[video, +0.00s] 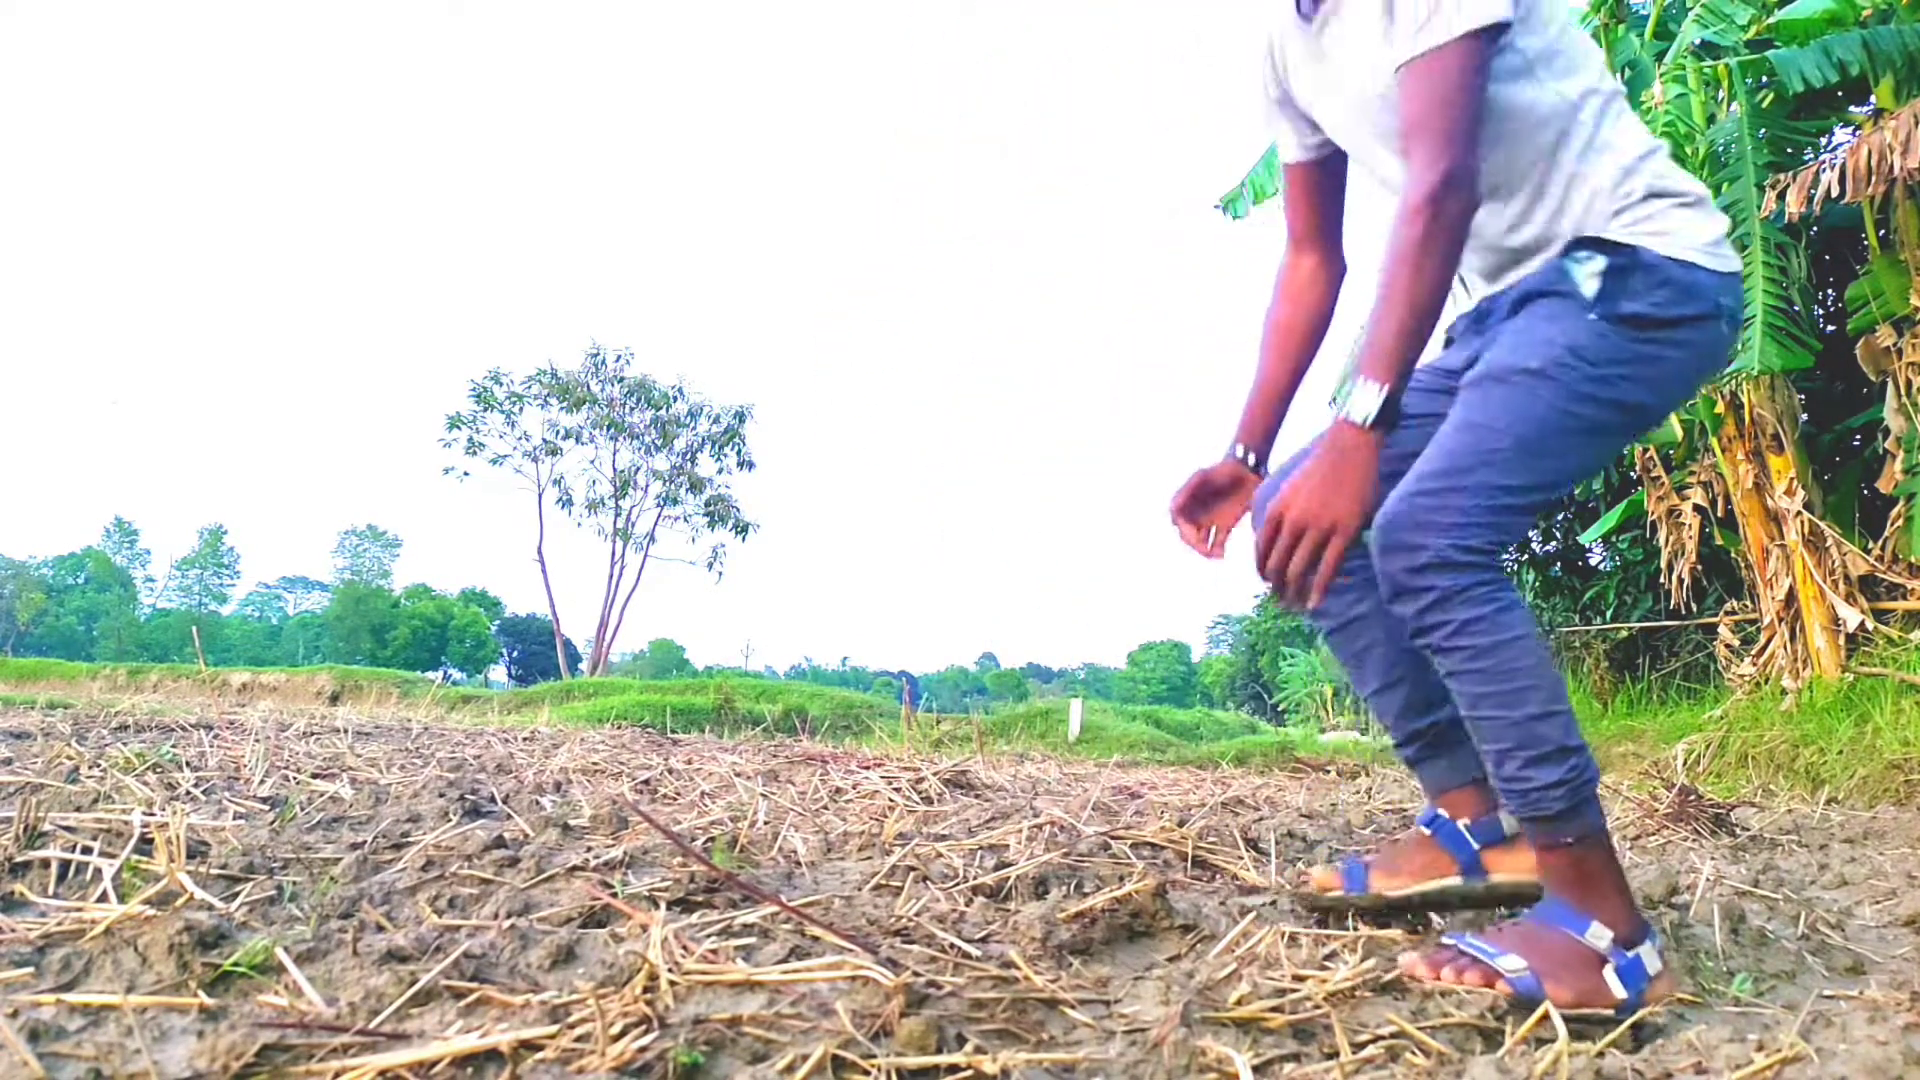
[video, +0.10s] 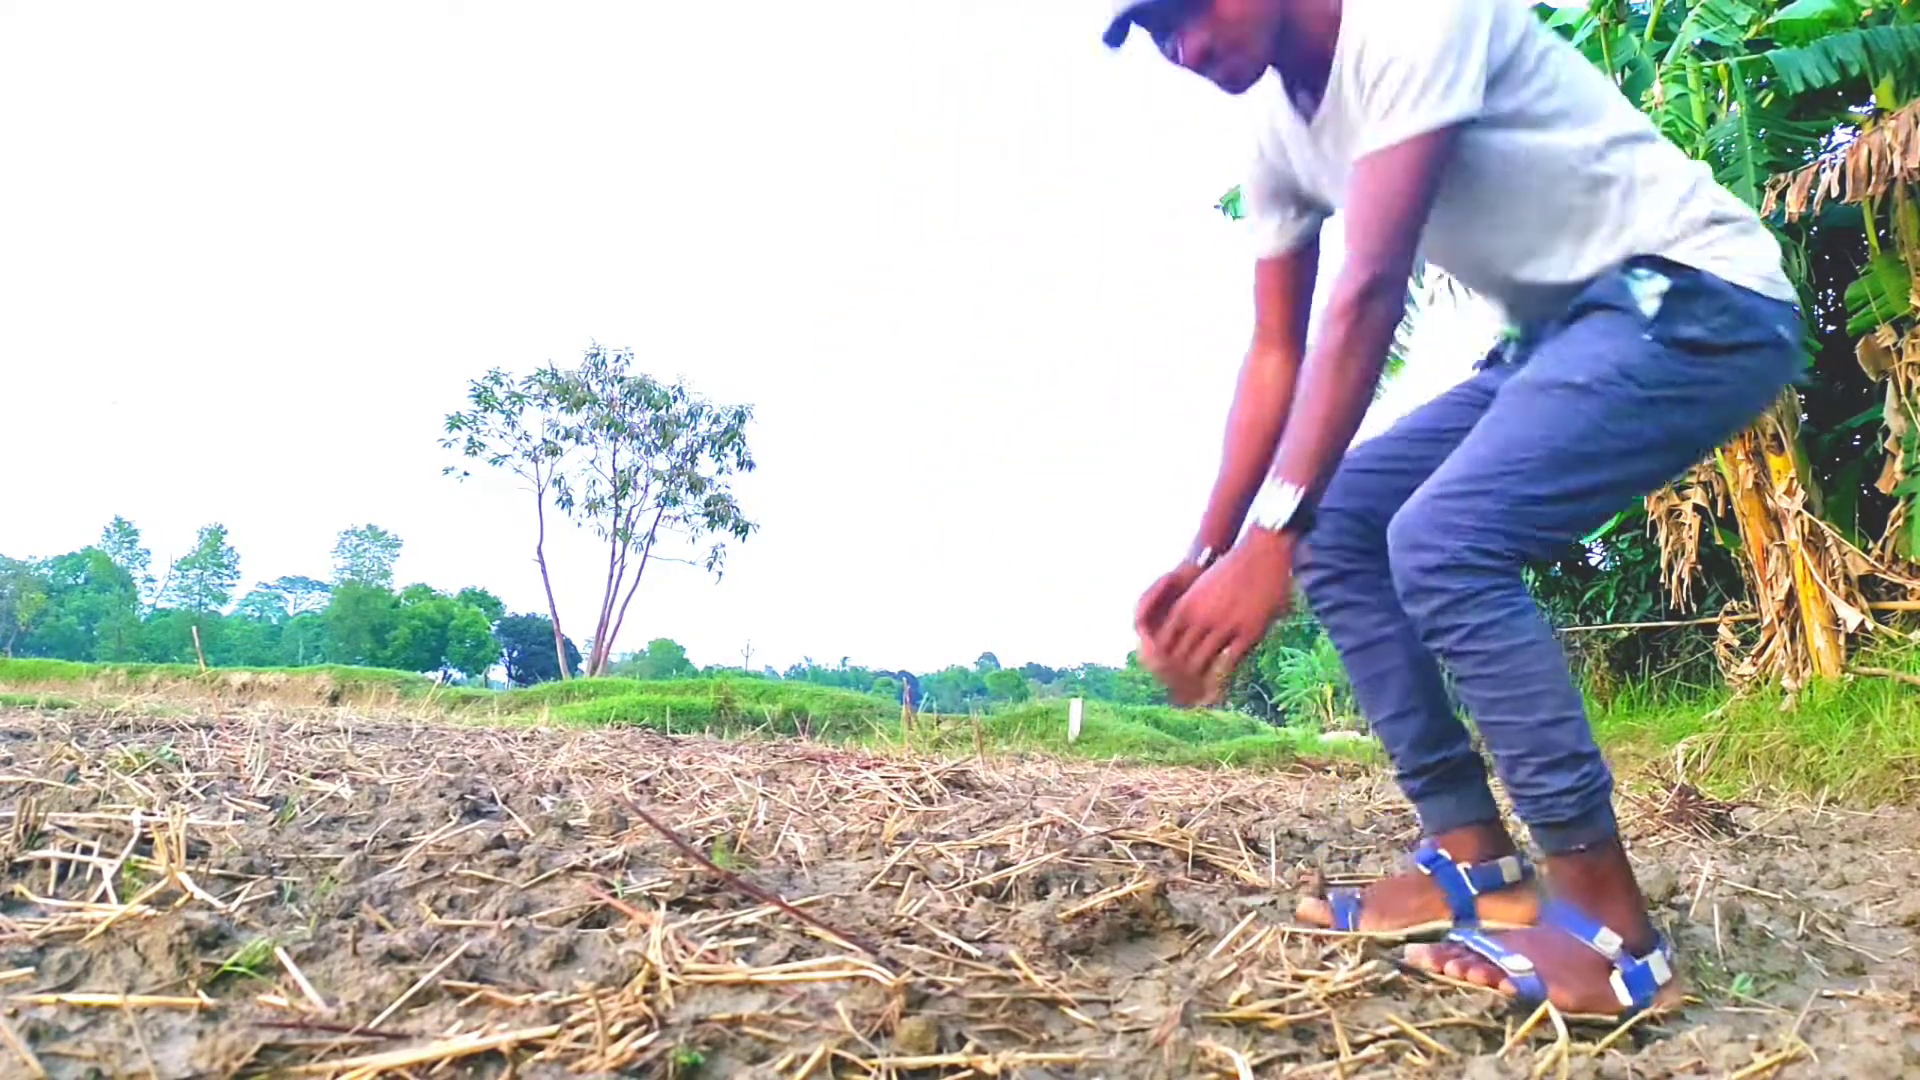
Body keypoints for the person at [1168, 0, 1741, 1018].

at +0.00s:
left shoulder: (1439, 4)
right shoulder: (1289, 37)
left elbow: (1441, 190)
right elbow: (1310, 251)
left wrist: (1357, 427)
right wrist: (1249, 450)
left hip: (1631, 268)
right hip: (1506, 303)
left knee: (1426, 541)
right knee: (1310, 531)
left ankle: (1599, 921)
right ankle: (1477, 825)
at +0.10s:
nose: (1179, 55)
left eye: (1180, 18)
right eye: (1157, 39)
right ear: (1162, 42)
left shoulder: (1418, 24)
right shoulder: (1276, 129)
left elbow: (1364, 300)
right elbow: (1275, 344)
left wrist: (1272, 538)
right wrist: (1208, 549)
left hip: (1693, 299)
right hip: (1564, 326)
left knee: (1442, 543)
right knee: (1332, 530)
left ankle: (1607, 926)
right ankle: (1472, 861)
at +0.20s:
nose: (1186, 140)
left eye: (1190, 91)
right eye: (1153, 129)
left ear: (1257, 40)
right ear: (1147, 149)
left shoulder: (1408, 103)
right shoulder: (1267, 230)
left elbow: (1321, 392)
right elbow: (1231, 436)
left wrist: (1187, 614)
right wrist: (1142, 621)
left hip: (1714, 346)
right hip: (1583, 374)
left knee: (1438, 541)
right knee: (1332, 531)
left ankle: (1603, 924)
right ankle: (1471, 875)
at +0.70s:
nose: (1164, 319)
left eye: (1188, 273)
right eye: (1134, 303)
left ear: (1265, 261)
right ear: (1124, 330)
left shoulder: (1354, 384)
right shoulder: (1240, 446)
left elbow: (1182, 641)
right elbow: (1175, 646)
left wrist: (1031, 798)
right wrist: (1028, 799)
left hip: (1653, 682)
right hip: (1549, 697)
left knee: (1331, 579)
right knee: (1238, 605)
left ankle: (1555, 877)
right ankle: (1446, 863)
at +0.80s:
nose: (1165, 306)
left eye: (1189, 263)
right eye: (1135, 290)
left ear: (1265, 256)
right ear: (1124, 319)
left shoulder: (1351, 376)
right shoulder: (1236, 445)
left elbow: (1180, 630)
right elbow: (1175, 646)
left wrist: (1008, 768)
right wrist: (1011, 770)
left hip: (1643, 683)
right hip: (1540, 702)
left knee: (1324, 580)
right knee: (1230, 609)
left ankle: (1549, 876)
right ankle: (1440, 865)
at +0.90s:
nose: (1177, 293)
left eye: (1205, 250)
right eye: (1148, 275)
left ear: (1277, 247)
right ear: (1138, 306)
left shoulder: (1361, 370)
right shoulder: (1247, 449)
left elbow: (1177, 613)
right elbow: (1182, 632)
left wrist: (984, 697)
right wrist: (984, 696)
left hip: (1629, 706)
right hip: (1522, 724)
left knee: (1306, 588)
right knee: (1216, 617)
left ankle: (1543, 883)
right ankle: (1443, 869)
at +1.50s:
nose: (1255, 199)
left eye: (1286, 164)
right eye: (1231, 185)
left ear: (1358, 173)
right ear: (1211, 209)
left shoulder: (1411, 262)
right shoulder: (1281, 340)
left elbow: (1155, 262)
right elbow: (1100, 368)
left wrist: (997, 182)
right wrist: (993, 217)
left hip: (1581, 685)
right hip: (1457, 697)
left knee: (1275, 603)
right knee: (1155, 642)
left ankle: (1534, 855)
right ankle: (1435, 856)